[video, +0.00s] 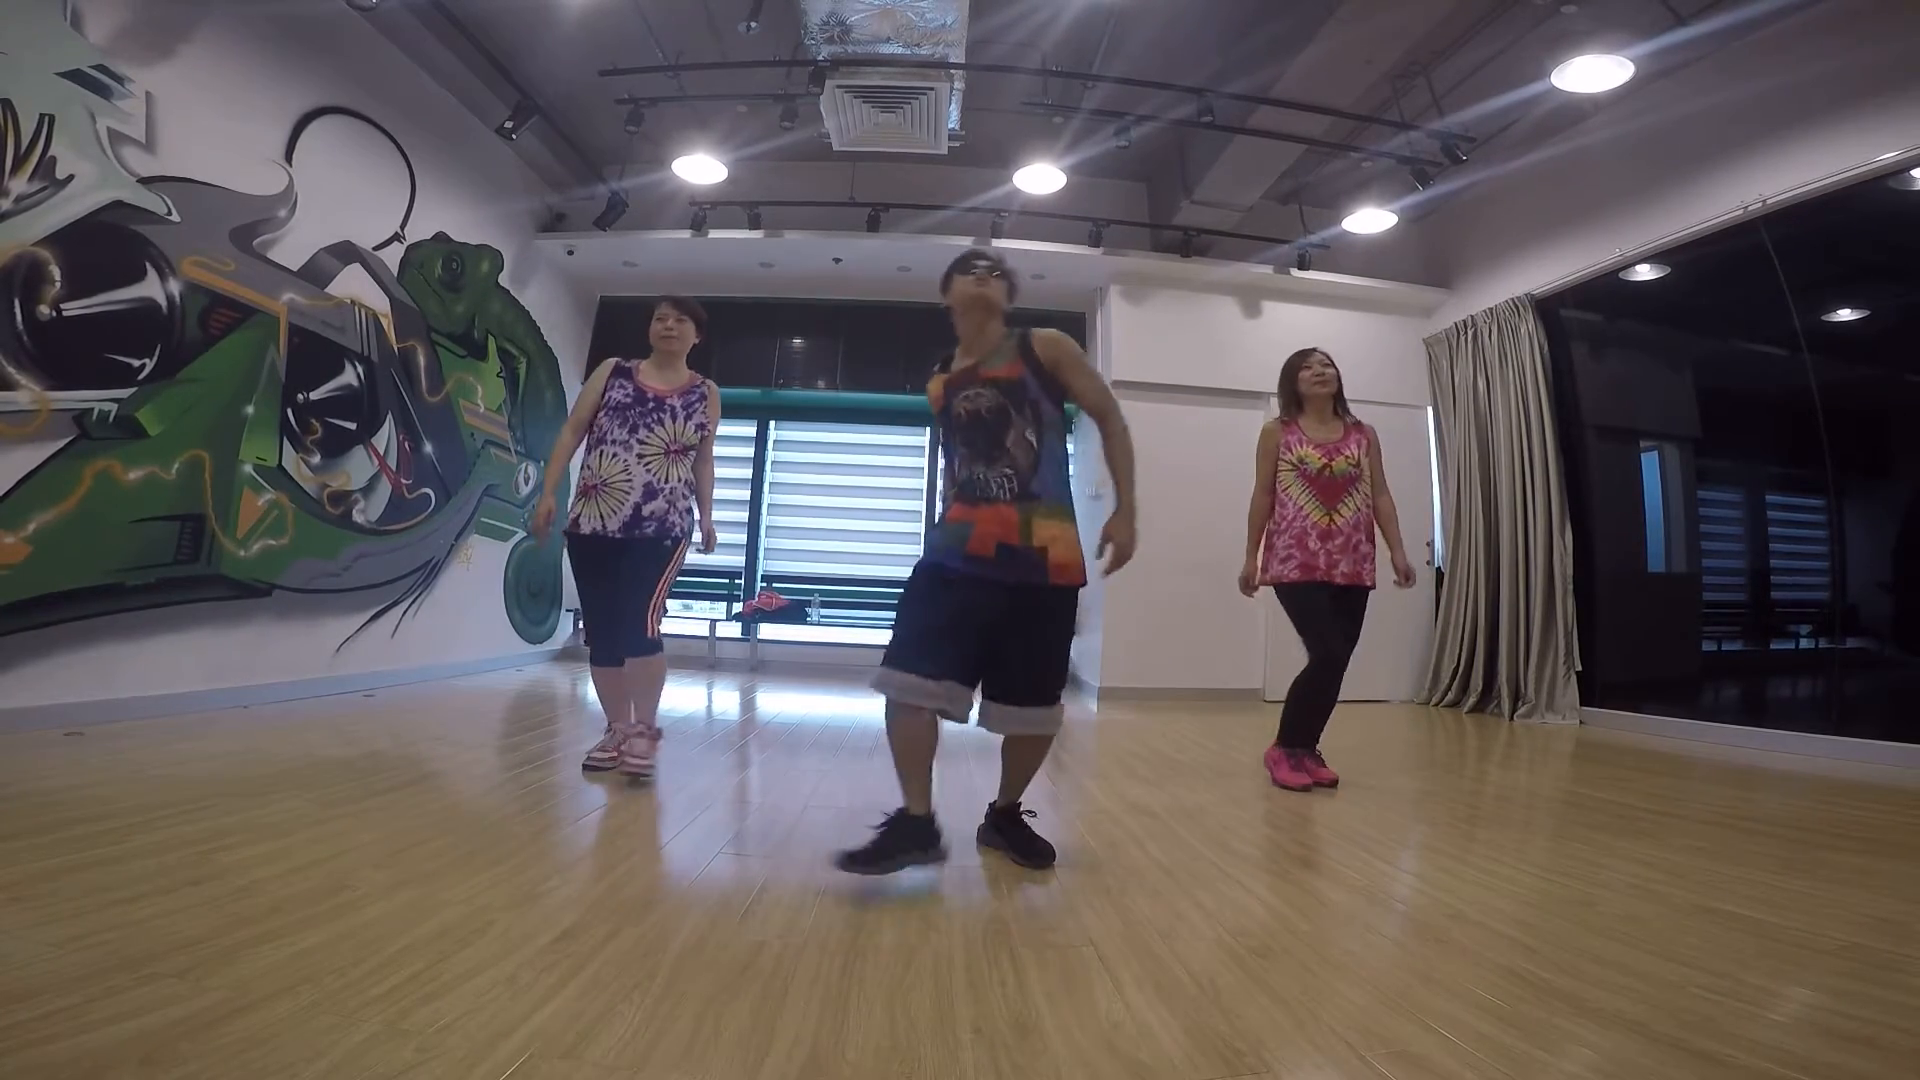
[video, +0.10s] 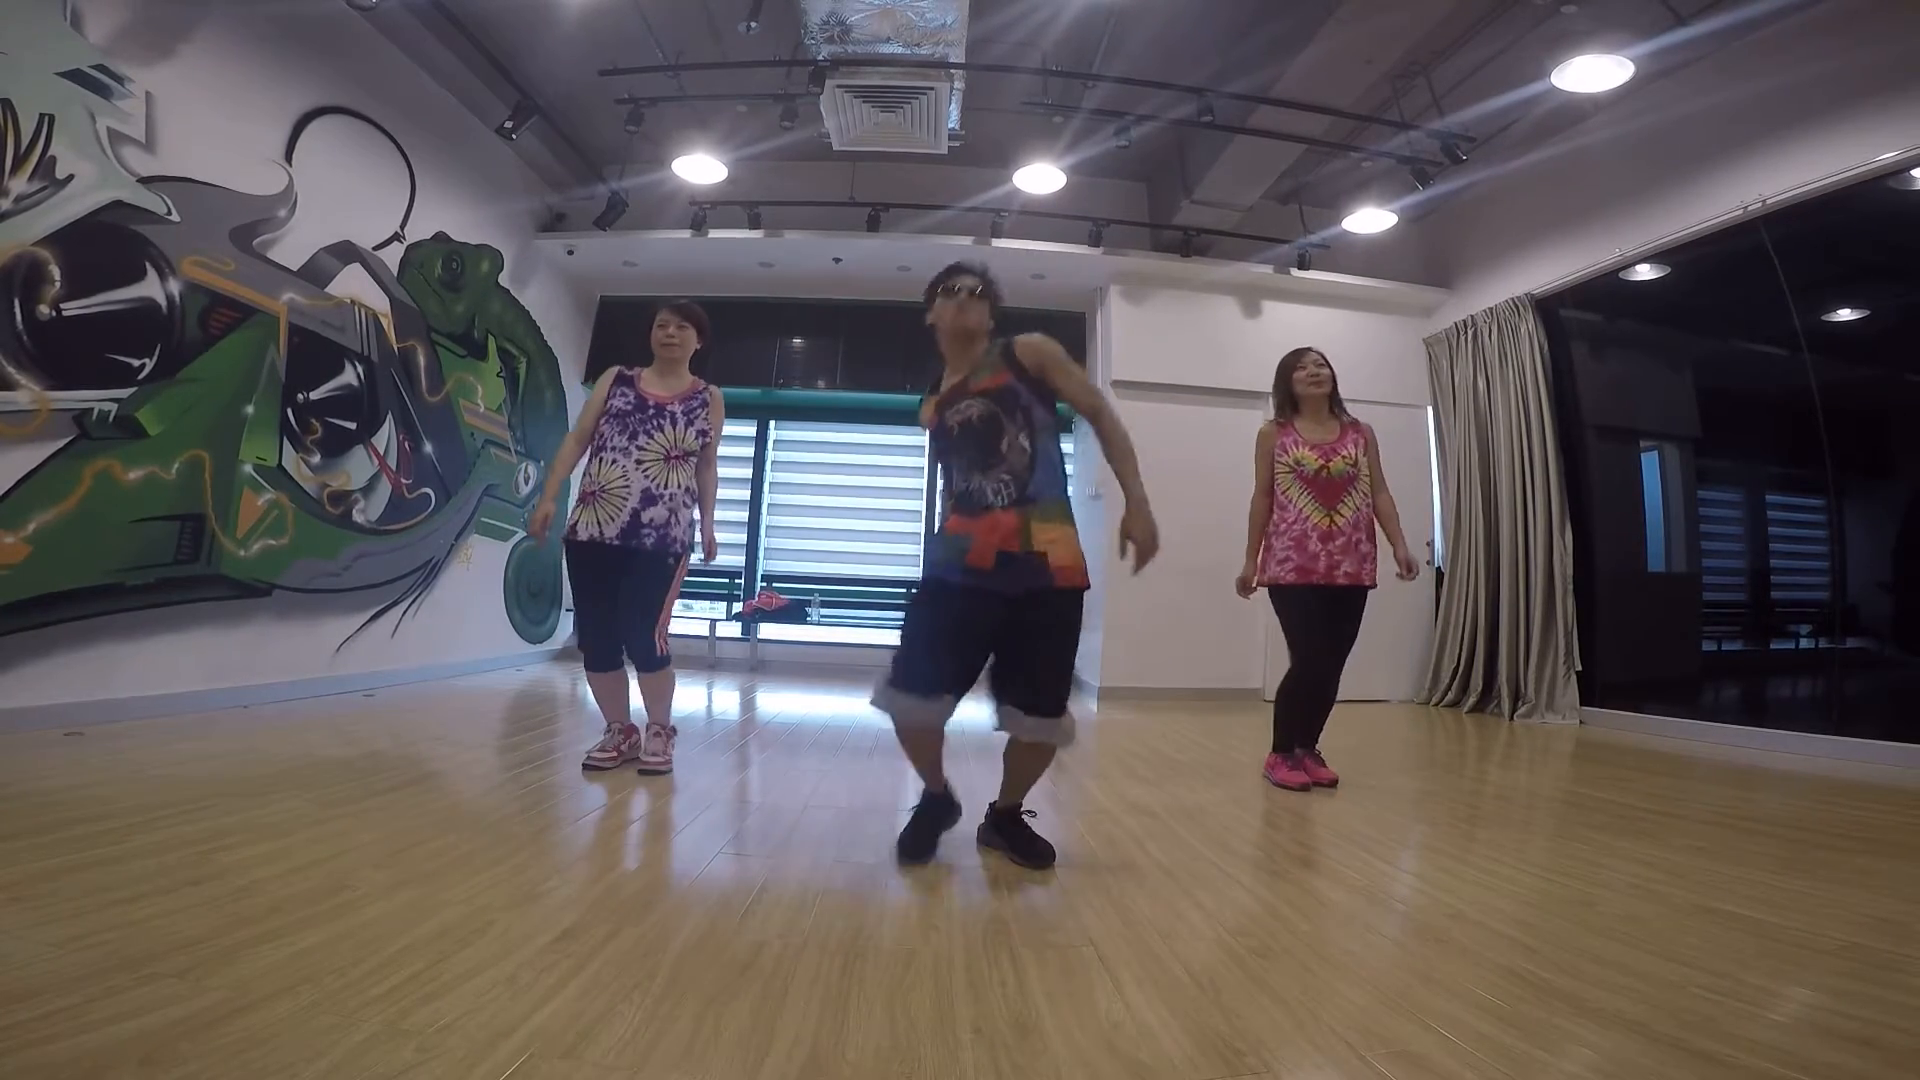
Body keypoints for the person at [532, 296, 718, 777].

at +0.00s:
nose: (669, 325)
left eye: (680, 320)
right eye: (661, 318)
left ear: (696, 334)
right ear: (648, 329)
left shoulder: (704, 392)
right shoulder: (612, 372)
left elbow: (703, 459)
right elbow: (572, 432)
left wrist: (705, 517)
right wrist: (547, 491)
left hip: (660, 526)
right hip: (595, 522)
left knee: (638, 622)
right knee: (601, 631)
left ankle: (644, 732)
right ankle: (616, 732)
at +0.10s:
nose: (669, 332)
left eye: (681, 326)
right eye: (662, 325)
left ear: (698, 341)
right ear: (650, 335)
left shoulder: (707, 397)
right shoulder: (616, 379)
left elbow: (706, 466)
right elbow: (577, 439)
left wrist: (707, 524)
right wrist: (548, 495)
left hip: (660, 535)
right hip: (594, 528)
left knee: (642, 634)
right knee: (595, 638)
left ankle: (659, 732)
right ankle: (619, 732)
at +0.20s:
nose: (672, 336)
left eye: (683, 330)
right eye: (664, 329)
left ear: (700, 343)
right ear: (652, 338)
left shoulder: (710, 399)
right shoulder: (619, 386)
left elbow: (713, 467)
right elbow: (585, 449)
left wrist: (710, 526)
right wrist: (556, 507)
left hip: (663, 537)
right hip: (597, 530)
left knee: (649, 638)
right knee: (595, 638)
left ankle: (659, 733)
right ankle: (619, 731)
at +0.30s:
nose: (672, 332)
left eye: (683, 326)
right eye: (664, 325)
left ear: (700, 340)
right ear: (652, 336)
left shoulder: (711, 395)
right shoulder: (619, 383)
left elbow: (715, 462)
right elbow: (586, 449)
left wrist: (711, 515)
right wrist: (563, 507)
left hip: (665, 534)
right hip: (600, 528)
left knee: (654, 635)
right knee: (600, 636)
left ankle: (660, 733)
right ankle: (620, 731)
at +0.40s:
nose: (671, 327)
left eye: (683, 321)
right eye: (663, 320)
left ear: (699, 337)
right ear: (651, 333)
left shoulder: (710, 391)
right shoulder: (618, 382)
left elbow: (715, 457)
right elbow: (586, 448)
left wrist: (711, 501)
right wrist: (563, 507)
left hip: (666, 531)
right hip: (601, 526)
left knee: (653, 635)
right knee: (602, 636)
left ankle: (661, 731)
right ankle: (621, 730)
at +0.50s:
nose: (669, 325)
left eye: (681, 319)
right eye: (661, 318)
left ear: (697, 336)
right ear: (649, 332)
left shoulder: (708, 389)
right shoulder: (616, 381)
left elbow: (713, 455)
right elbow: (586, 448)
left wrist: (709, 503)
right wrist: (561, 508)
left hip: (666, 528)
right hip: (601, 525)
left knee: (652, 628)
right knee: (603, 633)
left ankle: (661, 725)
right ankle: (620, 730)